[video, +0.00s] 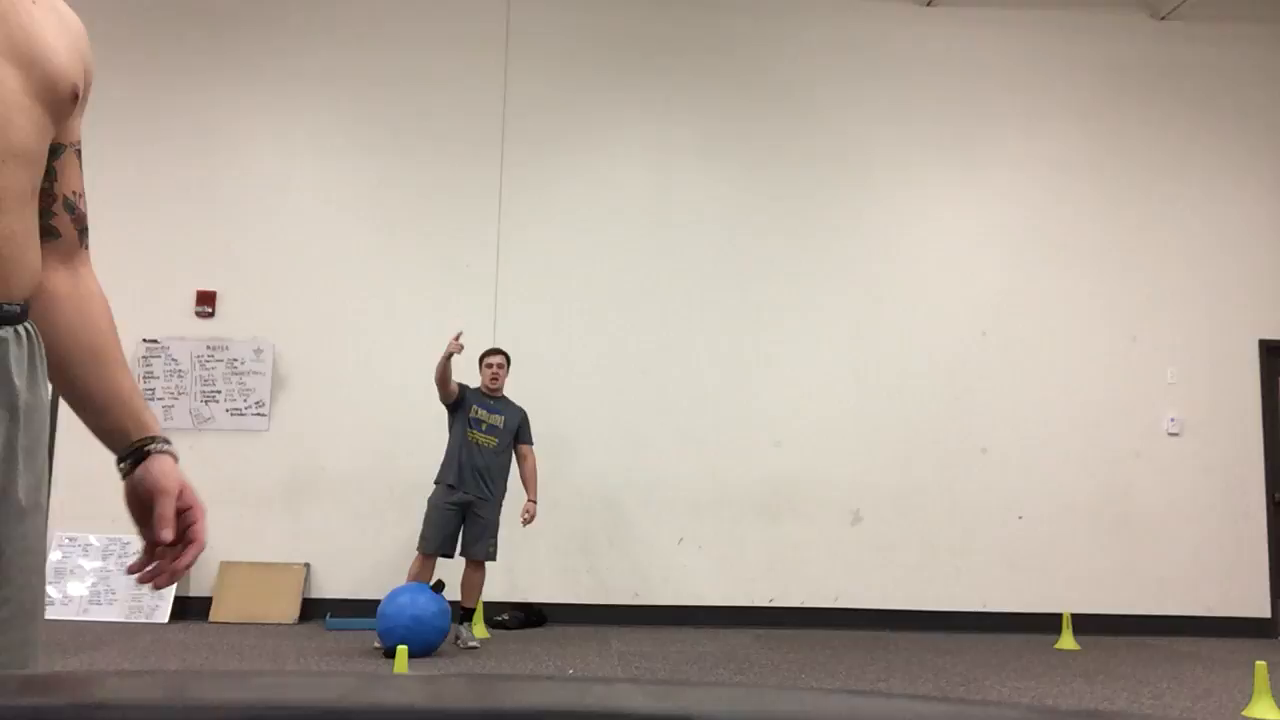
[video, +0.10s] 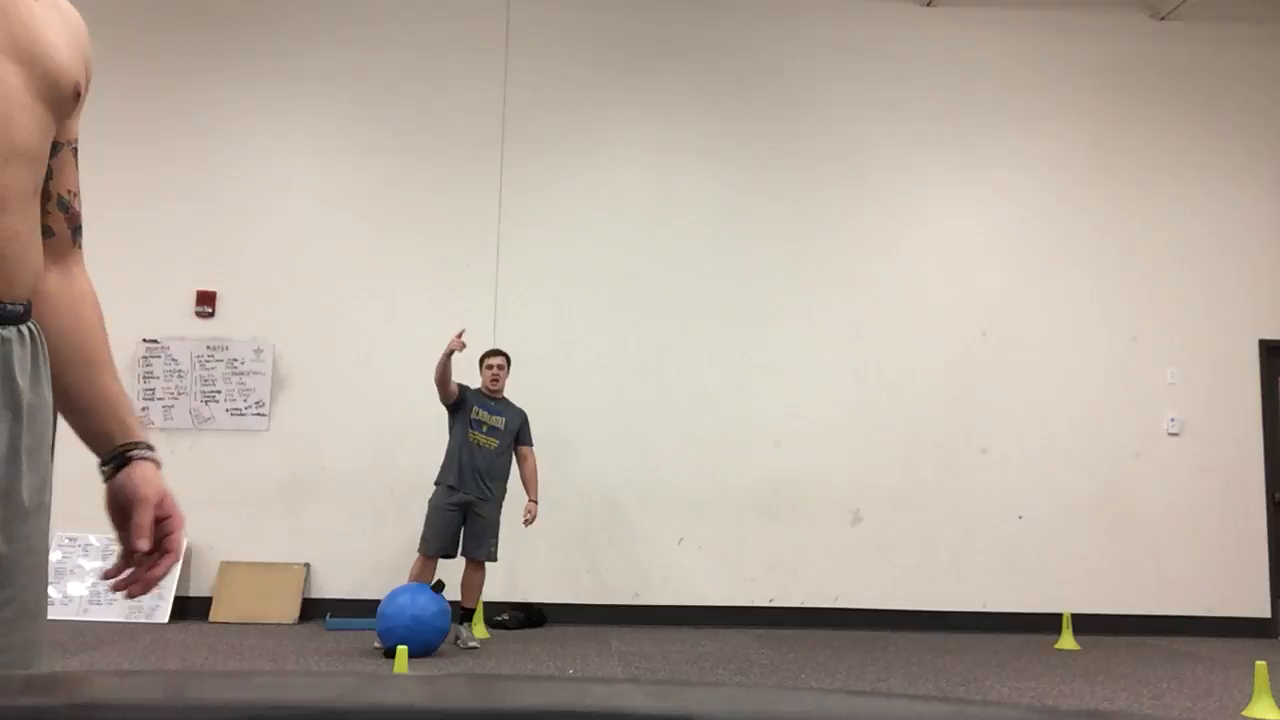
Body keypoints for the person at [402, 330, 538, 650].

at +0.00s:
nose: (495, 371)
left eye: (501, 367)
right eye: (490, 366)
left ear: (507, 374)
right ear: (480, 371)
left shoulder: (516, 414)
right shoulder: (464, 395)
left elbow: (526, 456)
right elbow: (444, 385)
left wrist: (531, 498)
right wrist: (447, 355)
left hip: (487, 497)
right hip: (449, 488)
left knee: (477, 560)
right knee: (428, 552)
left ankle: (464, 625)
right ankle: (403, 621)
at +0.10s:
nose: (496, 372)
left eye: (501, 368)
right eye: (490, 368)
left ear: (507, 375)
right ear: (480, 373)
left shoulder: (517, 416)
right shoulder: (464, 397)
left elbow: (526, 458)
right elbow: (443, 385)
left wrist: (532, 498)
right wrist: (448, 353)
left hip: (488, 498)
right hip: (450, 489)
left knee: (477, 561)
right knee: (429, 553)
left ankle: (464, 626)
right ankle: (405, 622)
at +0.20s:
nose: (496, 371)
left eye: (502, 367)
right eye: (491, 366)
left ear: (508, 374)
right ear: (481, 372)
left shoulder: (516, 416)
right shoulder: (464, 397)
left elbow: (525, 459)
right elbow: (444, 379)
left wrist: (531, 497)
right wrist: (448, 345)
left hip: (487, 497)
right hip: (450, 488)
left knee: (477, 561)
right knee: (429, 552)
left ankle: (464, 627)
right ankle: (402, 625)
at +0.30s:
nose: (497, 370)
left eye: (503, 366)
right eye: (492, 365)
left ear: (510, 373)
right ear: (482, 370)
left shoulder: (517, 415)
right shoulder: (465, 394)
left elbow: (524, 458)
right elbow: (446, 376)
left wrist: (528, 496)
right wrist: (450, 342)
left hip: (487, 496)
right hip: (450, 487)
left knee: (477, 560)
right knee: (428, 550)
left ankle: (464, 626)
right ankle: (402, 624)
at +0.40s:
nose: (498, 371)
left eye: (504, 367)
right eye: (493, 366)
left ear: (511, 373)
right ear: (483, 371)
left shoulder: (518, 415)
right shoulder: (466, 394)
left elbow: (523, 457)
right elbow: (449, 379)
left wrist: (525, 496)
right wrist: (453, 349)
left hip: (487, 496)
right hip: (450, 486)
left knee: (477, 560)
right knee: (428, 550)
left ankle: (464, 626)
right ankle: (404, 622)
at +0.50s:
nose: (498, 372)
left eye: (504, 368)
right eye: (493, 367)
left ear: (510, 375)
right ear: (483, 372)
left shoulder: (517, 417)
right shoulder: (466, 395)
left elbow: (522, 458)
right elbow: (448, 381)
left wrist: (523, 496)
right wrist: (453, 353)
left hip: (488, 497)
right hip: (451, 487)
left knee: (478, 559)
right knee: (430, 551)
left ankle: (464, 625)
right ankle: (407, 620)